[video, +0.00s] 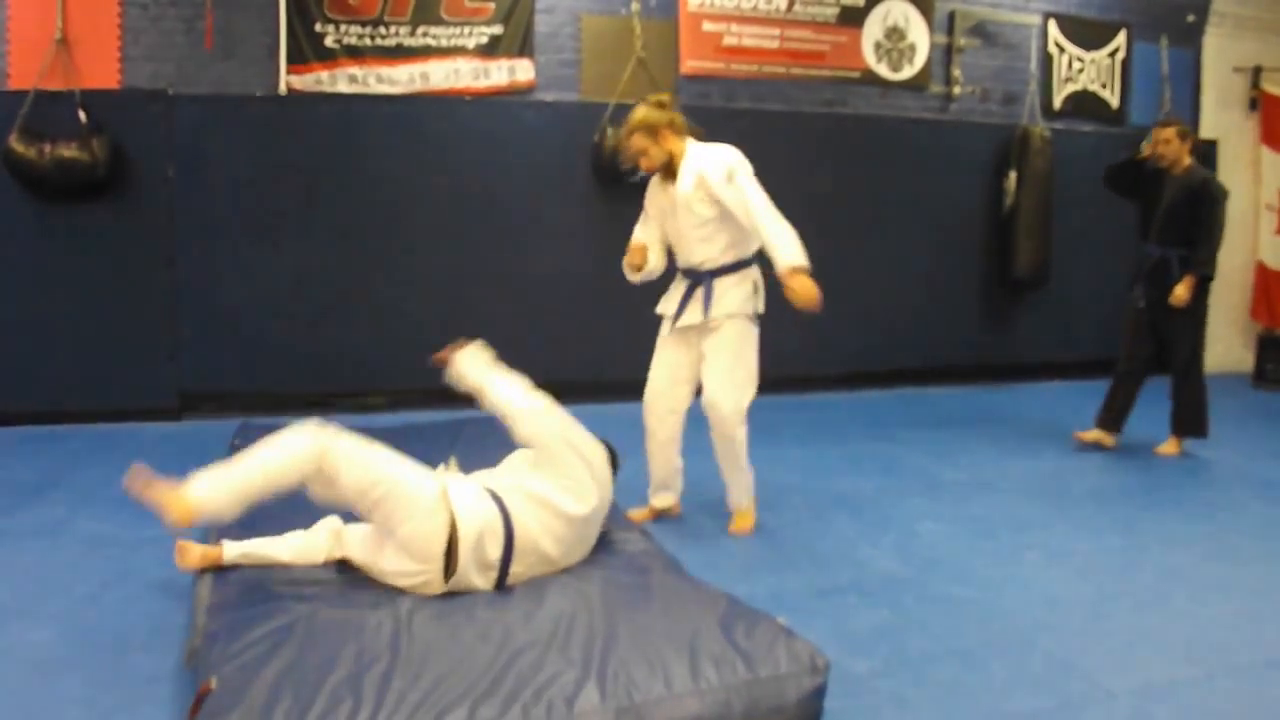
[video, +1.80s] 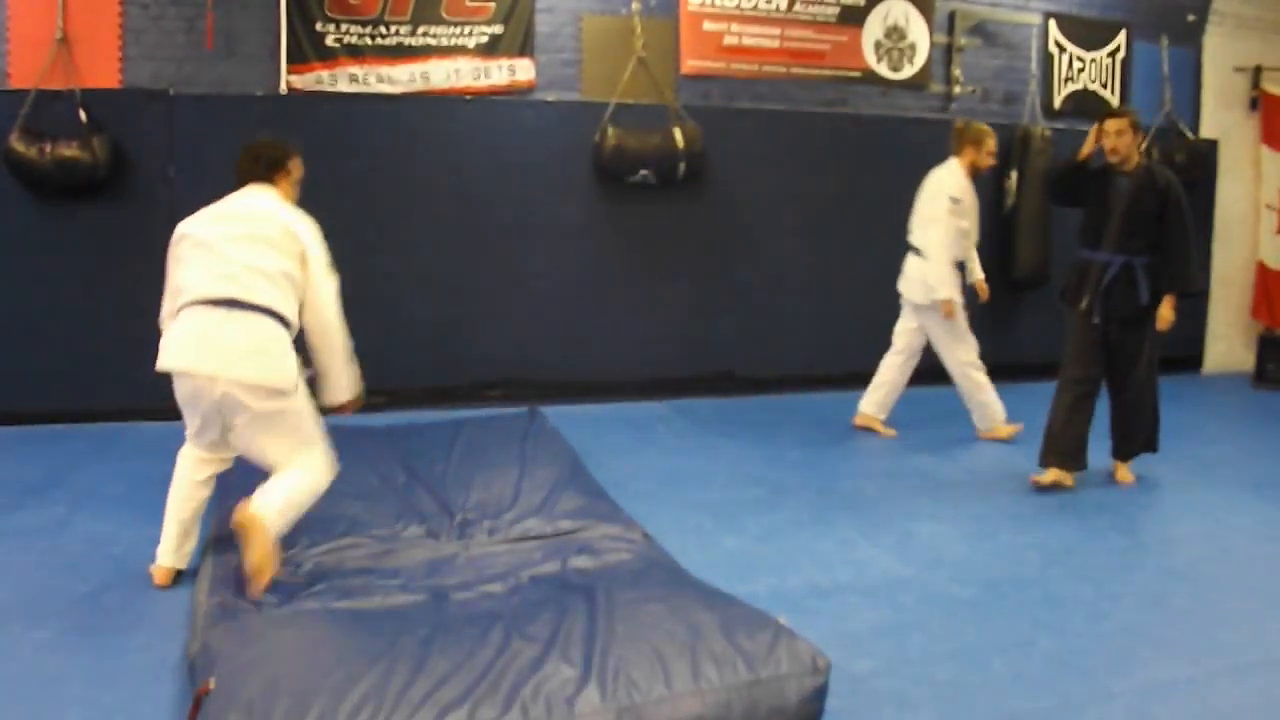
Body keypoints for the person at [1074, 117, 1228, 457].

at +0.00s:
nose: (1159, 149)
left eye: (1166, 142)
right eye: (1156, 143)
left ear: (1186, 145)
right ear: (1153, 146)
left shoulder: (1206, 186)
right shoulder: (1151, 177)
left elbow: (1208, 241)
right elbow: (1112, 178)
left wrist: (1190, 279)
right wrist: (1140, 158)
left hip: (1186, 278)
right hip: (1150, 273)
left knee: (1185, 358)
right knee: (1135, 352)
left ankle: (1179, 435)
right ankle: (1107, 428)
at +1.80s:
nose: (1111, 143)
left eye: (1119, 135)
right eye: (1106, 136)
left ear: (1137, 138)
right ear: (1100, 141)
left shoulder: (1161, 183)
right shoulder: (1095, 177)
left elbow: (1176, 244)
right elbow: (1056, 189)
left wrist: (1170, 296)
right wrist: (1082, 157)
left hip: (1137, 289)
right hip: (1092, 285)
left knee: (1130, 375)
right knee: (1078, 373)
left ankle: (1123, 458)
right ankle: (1060, 464)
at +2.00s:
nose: (1092, 133)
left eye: (1100, 126)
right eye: (1087, 126)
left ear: (1120, 130)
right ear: (1083, 132)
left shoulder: (1147, 179)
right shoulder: (1073, 179)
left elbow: (1165, 240)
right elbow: (1040, 224)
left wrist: (1161, 291)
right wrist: (1036, 187)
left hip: (1128, 293)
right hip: (1079, 291)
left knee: (1128, 378)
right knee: (1070, 381)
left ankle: (1125, 455)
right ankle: (1064, 470)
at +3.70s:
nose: (1119, 131)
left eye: (1128, 123)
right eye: (1115, 123)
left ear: (1151, 125)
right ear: (1112, 126)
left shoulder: (1178, 175)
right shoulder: (1110, 176)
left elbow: (1190, 247)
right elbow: (1090, 239)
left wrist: (1179, 308)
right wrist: (1069, 235)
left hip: (1160, 299)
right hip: (1120, 296)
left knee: (1131, 387)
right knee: (1117, 388)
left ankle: (1131, 490)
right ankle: (1118, 481)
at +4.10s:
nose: (1110, 149)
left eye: (1119, 140)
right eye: (1104, 140)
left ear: (1140, 139)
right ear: (1096, 140)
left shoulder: (1163, 190)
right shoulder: (1086, 187)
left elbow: (1186, 262)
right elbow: (1071, 250)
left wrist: (1198, 330)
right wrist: (1071, 306)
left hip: (1140, 308)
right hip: (1093, 308)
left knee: (1124, 407)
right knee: (1106, 404)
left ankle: (1120, 519)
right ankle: (1126, 486)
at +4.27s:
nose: (1111, 157)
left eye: (1121, 148)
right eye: (1105, 147)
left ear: (1142, 148)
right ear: (1096, 145)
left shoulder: (1162, 204)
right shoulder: (1070, 187)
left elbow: (1176, 277)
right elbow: (1038, 245)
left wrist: (1173, 343)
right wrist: (1031, 305)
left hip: (1122, 324)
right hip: (1066, 318)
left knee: (1110, 430)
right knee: (1051, 422)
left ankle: (1119, 534)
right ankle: (1095, 464)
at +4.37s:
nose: (1107, 164)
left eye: (1117, 154)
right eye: (1100, 152)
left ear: (1134, 153)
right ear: (1089, 149)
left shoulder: (1151, 209)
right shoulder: (1057, 189)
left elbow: (1161, 284)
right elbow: (1017, 250)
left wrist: (1153, 348)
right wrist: (1000, 315)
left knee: (1105, 439)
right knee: (1018, 426)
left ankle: (1120, 537)